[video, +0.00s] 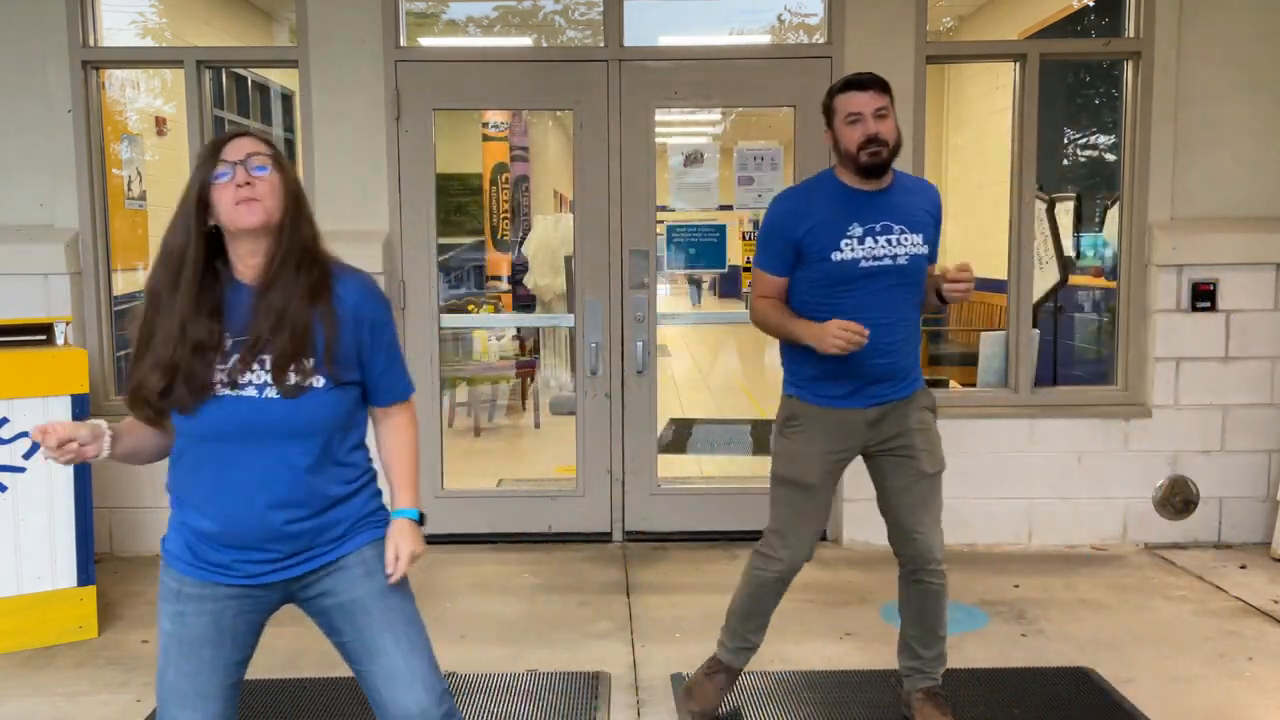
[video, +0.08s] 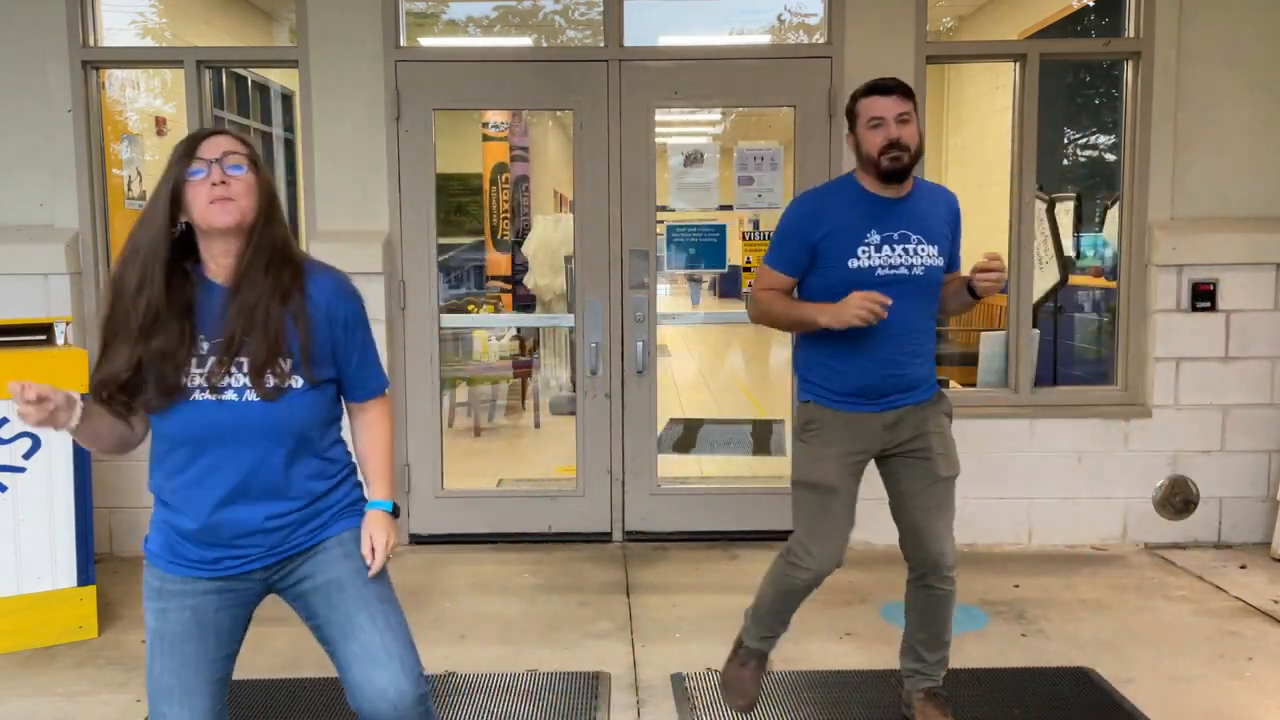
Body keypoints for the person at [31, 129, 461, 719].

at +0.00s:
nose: (243, 178)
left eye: (259, 166)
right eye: (225, 171)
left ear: (288, 191)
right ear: (207, 204)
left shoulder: (350, 297)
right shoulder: (183, 303)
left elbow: (393, 408)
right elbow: (162, 428)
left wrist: (406, 513)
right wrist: (103, 439)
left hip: (342, 547)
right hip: (210, 559)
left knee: (419, 707)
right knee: (188, 713)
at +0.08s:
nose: (218, 176)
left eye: (235, 165)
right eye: (199, 169)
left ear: (262, 191)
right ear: (179, 202)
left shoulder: (322, 293)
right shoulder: (155, 300)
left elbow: (368, 400)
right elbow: (124, 429)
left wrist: (380, 503)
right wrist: (74, 414)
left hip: (321, 533)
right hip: (194, 551)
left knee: (396, 698)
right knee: (180, 713)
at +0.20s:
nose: (195, 165)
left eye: (211, 152)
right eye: (176, 156)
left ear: (237, 176)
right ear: (154, 187)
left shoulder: (299, 273)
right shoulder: (134, 288)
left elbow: (357, 375)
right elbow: (80, 417)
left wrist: (384, 478)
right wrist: (36, 354)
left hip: (306, 516)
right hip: (181, 537)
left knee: (356, 688)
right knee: (188, 711)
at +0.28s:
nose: (186, 151)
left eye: (200, 138)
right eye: (164, 143)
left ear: (224, 163)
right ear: (139, 175)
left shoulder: (289, 257)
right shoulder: (126, 279)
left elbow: (357, 355)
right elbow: (78, 406)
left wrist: (388, 460)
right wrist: (14, 323)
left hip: (300, 509)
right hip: (177, 529)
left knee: (324, 697)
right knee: (191, 709)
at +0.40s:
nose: (175, 162)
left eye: (188, 147)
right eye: (154, 153)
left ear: (212, 166)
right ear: (129, 183)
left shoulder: (279, 257)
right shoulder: (122, 288)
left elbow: (353, 349)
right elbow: (91, 419)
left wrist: (385, 455)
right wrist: (8, 341)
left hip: (292, 528)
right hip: (171, 541)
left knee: (284, 709)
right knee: (178, 711)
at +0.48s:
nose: (173, 174)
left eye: (186, 161)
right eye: (153, 166)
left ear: (209, 179)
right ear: (126, 195)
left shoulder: (278, 267)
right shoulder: (124, 298)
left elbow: (354, 358)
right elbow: (104, 435)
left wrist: (385, 466)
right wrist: (16, 364)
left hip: (288, 543)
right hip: (167, 553)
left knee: (271, 710)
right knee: (174, 712)